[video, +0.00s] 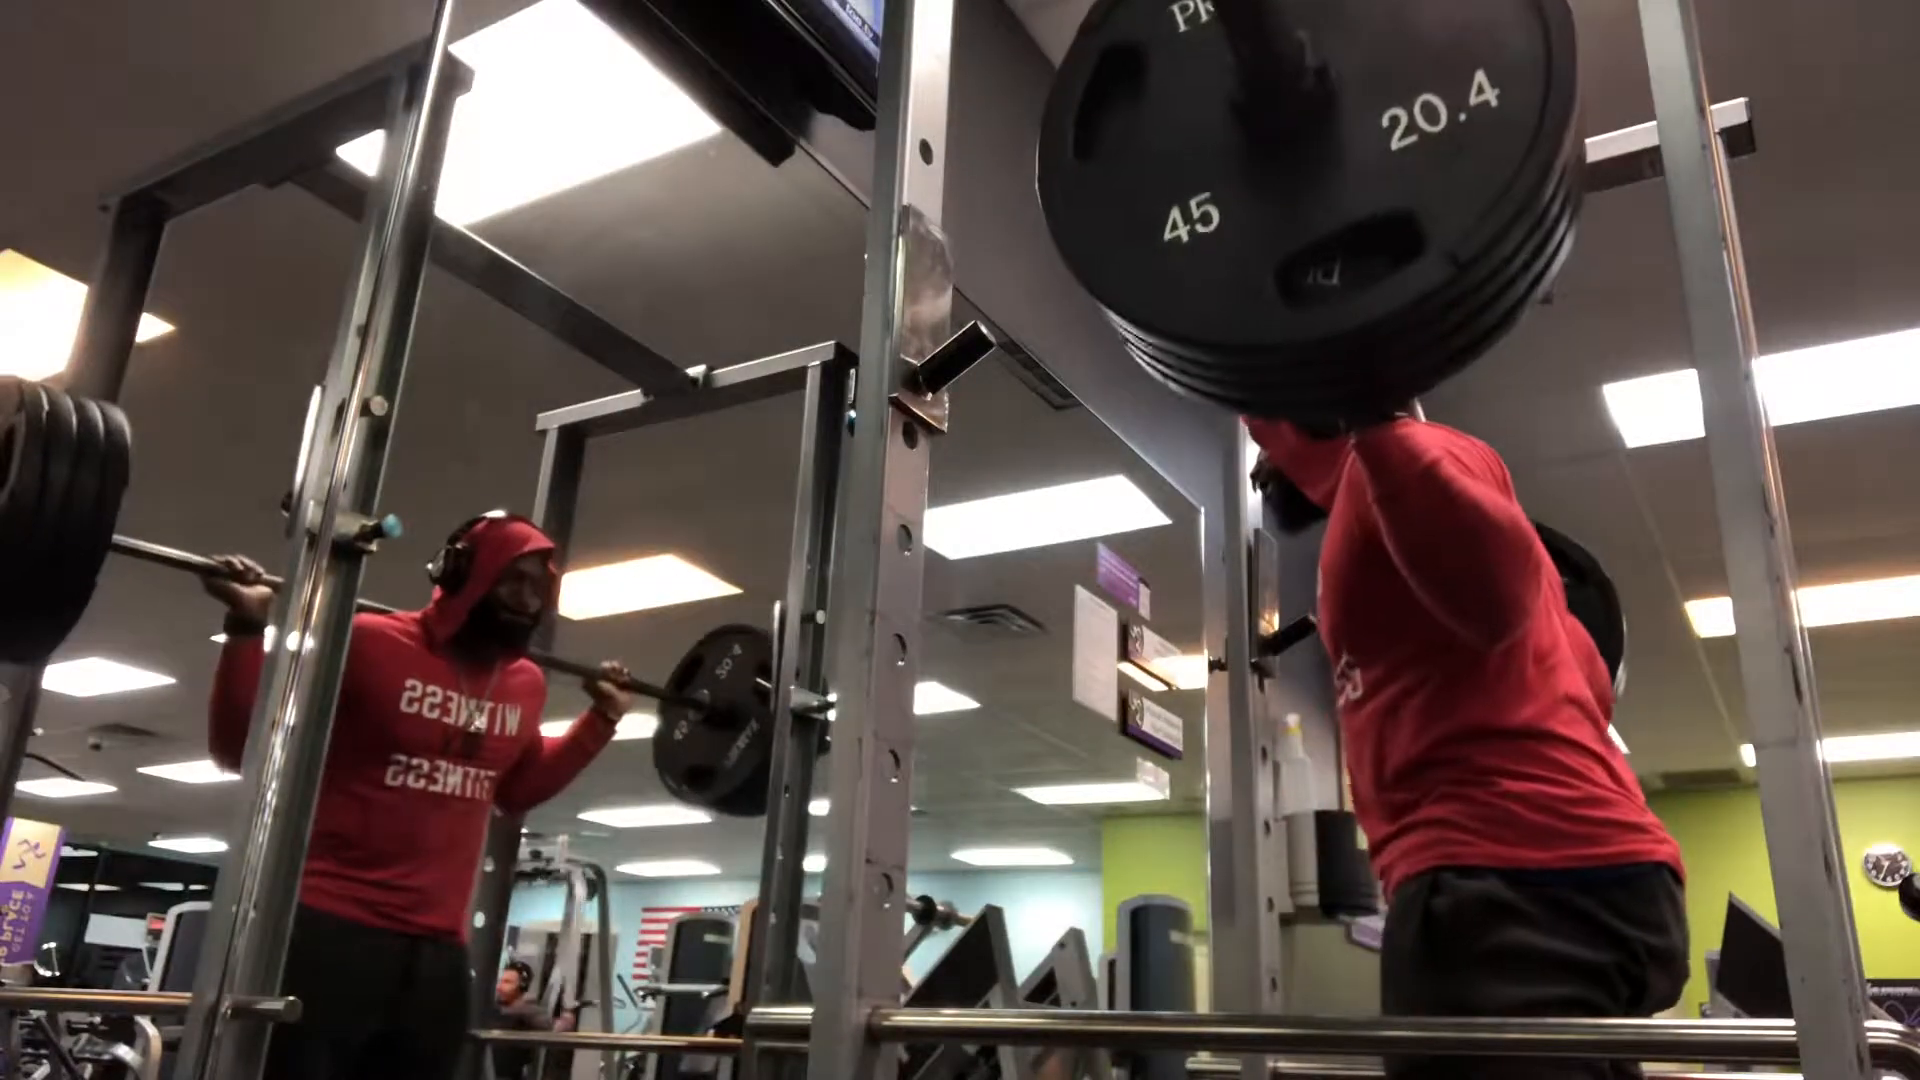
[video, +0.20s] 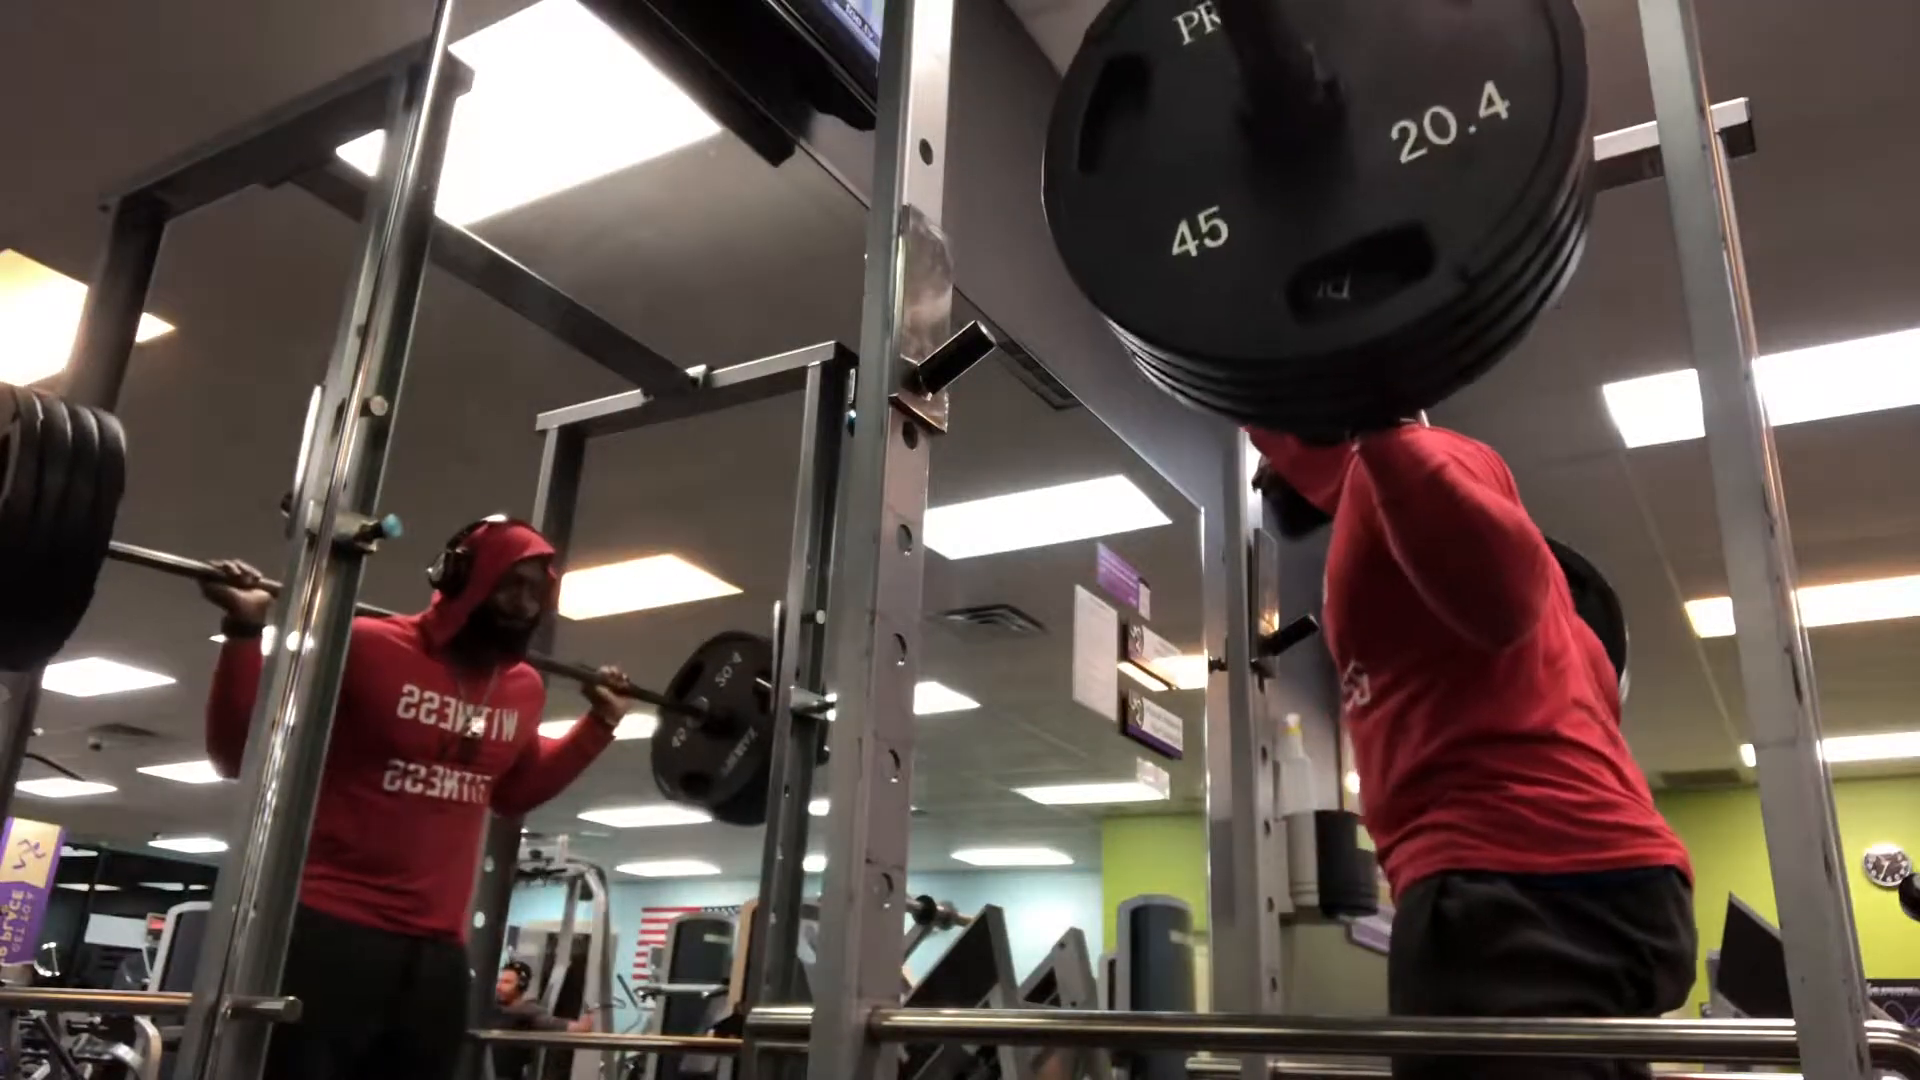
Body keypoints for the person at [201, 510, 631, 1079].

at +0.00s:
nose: (529, 601)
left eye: (540, 588)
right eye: (515, 581)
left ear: (549, 597)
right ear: (470, 575)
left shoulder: (523, 683)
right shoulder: (367, 639)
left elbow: (517, 790)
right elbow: (234, 750)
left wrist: (602, 717)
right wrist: (246, 627)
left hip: (438, 950)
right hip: (329, 929)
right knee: (306, 1069)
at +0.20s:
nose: (527, 605)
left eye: (539, 592)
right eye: (514, 586)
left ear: (549, 601)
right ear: (470, 580)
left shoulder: (521, 687)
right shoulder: (364, 643)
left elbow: (513, 794)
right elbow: (234, 756)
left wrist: (600, 722)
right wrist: (244, 631)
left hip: (437, 952)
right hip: (329, 931)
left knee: (425, 1073)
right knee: (305, 1071)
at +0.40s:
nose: (525, 605)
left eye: (537, 592)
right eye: (512, 586)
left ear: (548, 602)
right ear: (469, 581)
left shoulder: (521, 686)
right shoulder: (365, 641)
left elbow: (512, 791)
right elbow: (231, 749)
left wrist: (599, 720)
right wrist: (243, 625)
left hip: (447, 950)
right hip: (336, 929)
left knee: (439, 1072)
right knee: (311, 1071)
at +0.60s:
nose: (528, 599)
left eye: (539, 586)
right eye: (514, 580)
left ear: (548, 596)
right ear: (469, 579)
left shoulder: (522, 685)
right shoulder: (367, 639)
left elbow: (512, 792)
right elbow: (238, 749)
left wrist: (599, 721)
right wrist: (246, 623)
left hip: (449, 949)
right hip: (337, 928)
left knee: (444, 1072)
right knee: (313, 1071)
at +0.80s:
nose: (531, 593)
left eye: (542, 581)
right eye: (516, 574)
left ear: (550, 593)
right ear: (472, 574)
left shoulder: (525, 687)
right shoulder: (370, 639)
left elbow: (516, 794)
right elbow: (239, 748)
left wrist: (602, 722)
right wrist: (252, 621)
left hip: (432, 951)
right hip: (326, 929)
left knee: (444, 1069)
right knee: (307, 1069)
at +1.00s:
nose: (535, 617)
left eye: (545, 604)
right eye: (520, 599)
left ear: (556, 616)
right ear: (474, 600)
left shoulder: (525, 712)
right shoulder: (371, 669)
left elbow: (514, 822)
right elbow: (240, 782)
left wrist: (602, 753)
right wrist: (252, 651)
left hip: (422, 970)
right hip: (317, 951)